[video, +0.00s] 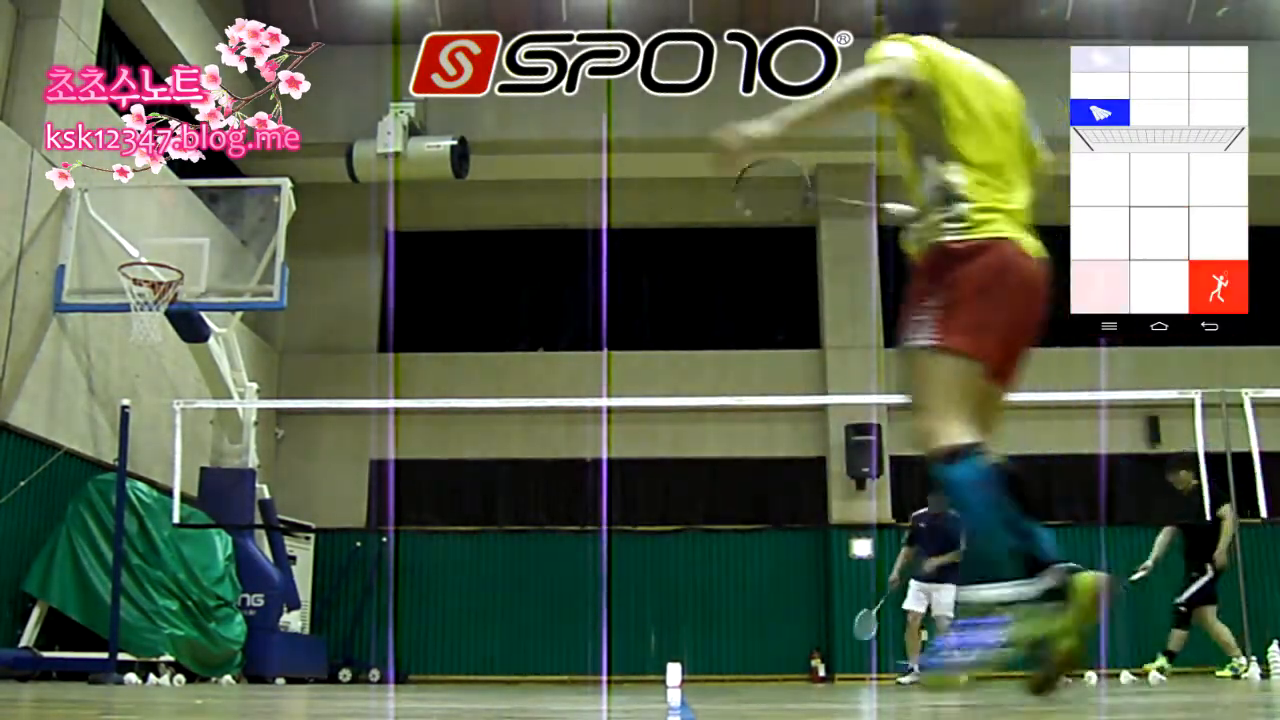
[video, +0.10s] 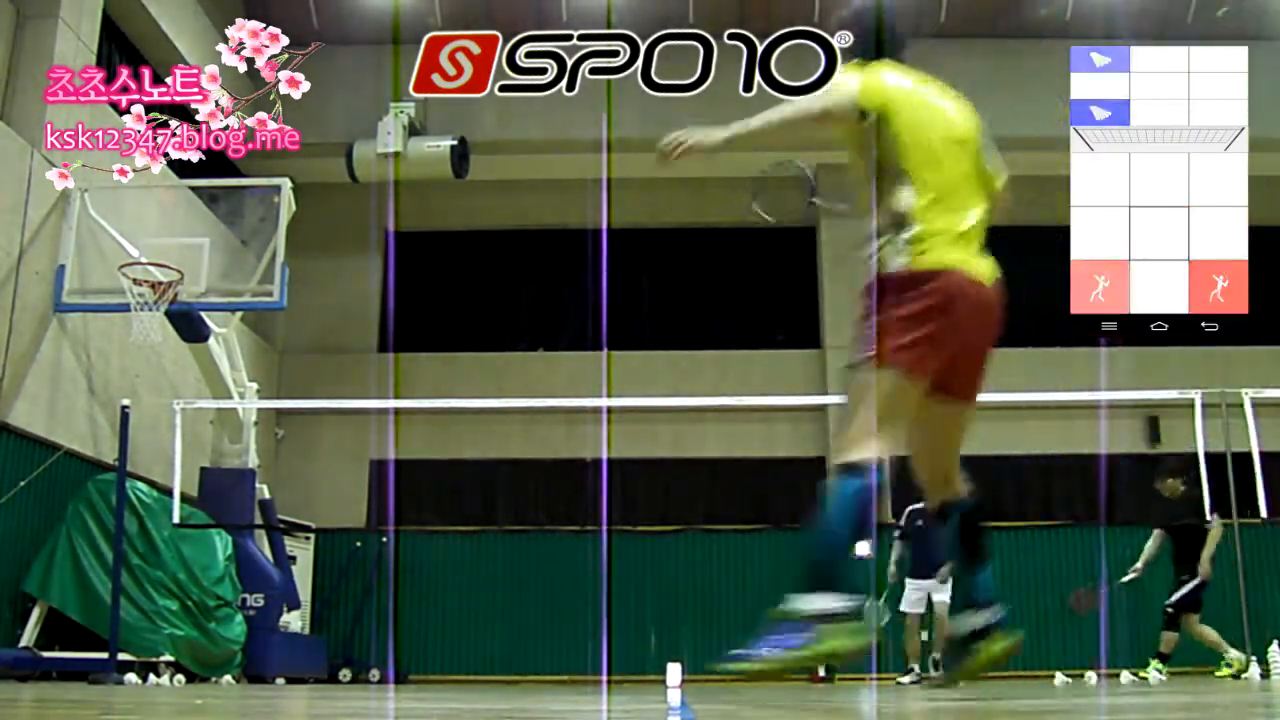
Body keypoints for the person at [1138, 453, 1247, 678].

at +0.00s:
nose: (1175, 485)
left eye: (1176, 480)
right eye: (1173, 482)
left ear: (1187, 473)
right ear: (1179, 478)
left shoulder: (1209, 492)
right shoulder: (1182, 501)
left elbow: (1229, 518)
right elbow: (1168, 531)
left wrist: (1221, 549)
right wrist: (1151, 561)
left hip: (1210, 564)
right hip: (1193, 566)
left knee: (1182, 606)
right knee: (1207, 618)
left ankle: (1166, 660)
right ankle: (1239, 659)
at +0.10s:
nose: (1160, 488)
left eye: (1163, 483)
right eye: (1159, 484)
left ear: (1178, 480)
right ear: (1164, 485)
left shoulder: (1197, 500)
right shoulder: (1169, 507)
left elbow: (1217, 527)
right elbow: (1157, 537)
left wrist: (1205, 558)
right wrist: (1141, 563)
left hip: (1197, 571)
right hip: (1181, 573)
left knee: (1171, 610)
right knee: (1191, 626)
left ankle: (1158, 666)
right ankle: (1234, 657)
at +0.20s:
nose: (1151, 496)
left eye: (1153, 491)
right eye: (1149, 493)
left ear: (1166, 487)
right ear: (1150, 492)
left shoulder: (1185, 504)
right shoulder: (1158, 511)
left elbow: (1202, 534)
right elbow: (1149, 543)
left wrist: (1186, 562)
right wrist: (1136, 569)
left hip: (1197, 567)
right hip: (1176, 568)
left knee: (1172, 611)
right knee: (1168, 617)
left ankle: (1159, 666)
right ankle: (1211, 647)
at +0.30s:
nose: (1147, 497)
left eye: (1149, 492)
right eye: (1144, 493)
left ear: (1162, 488)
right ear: (1143, 492)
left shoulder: (1183, 505)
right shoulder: (1153, 512)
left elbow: (1194, 535)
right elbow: (1145, 545)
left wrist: (1170, 558)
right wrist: (1136, 572)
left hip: (1196, 565)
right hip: (1175, 566)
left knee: (1173, 610)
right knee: (1158, 614)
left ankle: (1159, 665)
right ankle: (1196, 652)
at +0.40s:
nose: (1148, 492)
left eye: (1150, 487)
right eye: (1145, 488)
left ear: (1163, 483)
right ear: (1147, 487)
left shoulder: (1185, 501)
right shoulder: (1155, 508)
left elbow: (1195, 533)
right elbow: (1146, 541)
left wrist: (1166, 551)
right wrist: (1139, 571)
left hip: (1193, 561)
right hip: (1172, 561)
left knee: (1173, 610)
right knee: (1158, 613)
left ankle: (1160, 664)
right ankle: (1197, 654)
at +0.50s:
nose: (1154, 484)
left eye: (1158, 479)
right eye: (1153, 480)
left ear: (1171, 477)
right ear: (1153, 482)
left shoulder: (1189, 499)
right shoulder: (1158, 504)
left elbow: (1202, 530)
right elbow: (1151, 537)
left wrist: (1172, 548)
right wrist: (1143, 567)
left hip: (1193, 562)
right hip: (1171, 563)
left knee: (1175, 608)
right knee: (1171, 614)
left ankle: (1161, 663)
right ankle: (1205, 659)